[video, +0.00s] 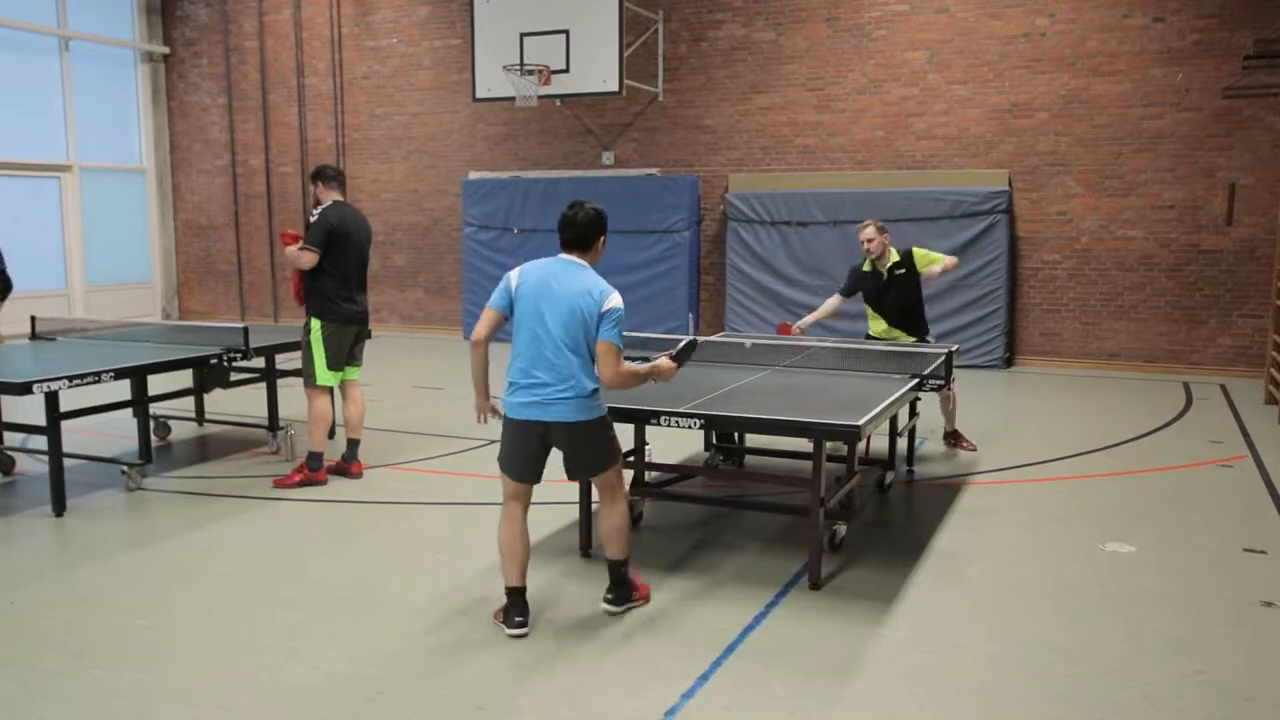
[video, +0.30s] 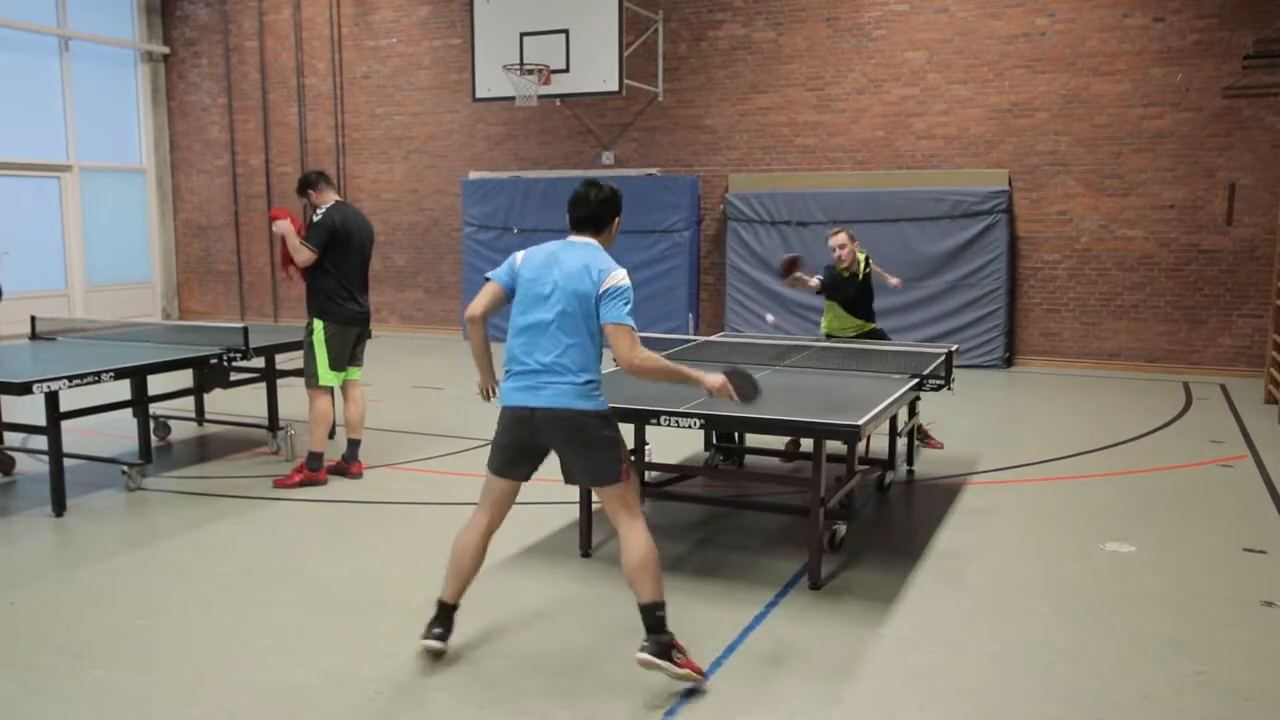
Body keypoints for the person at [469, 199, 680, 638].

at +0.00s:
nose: (606, 245)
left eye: (604, 239)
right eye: (605, 239)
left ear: (560, 239)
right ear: (599, 241)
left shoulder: (520, 276)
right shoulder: (604, 295)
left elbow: (478, 337)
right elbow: (611, 376)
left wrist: (482, 396)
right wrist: (653, 371)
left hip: (522, 415)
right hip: (579, 417)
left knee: (514, 502)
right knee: (612, 494)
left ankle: (516, 607)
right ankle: (619, 586)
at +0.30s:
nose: (619, 228)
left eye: (618, 222)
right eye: (619, 222)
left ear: (569, 220)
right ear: (612, 224)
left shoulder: (524, 259)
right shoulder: (608, 271)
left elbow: (474, 314)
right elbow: (630, 358)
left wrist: (485, 375)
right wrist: (699, 378)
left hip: (519, 409)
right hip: (579, 412)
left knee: (484, 517)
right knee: (628, 518)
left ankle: (440, 623)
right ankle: (658, 636)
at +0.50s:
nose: (667, 325)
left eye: (664, 315)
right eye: (666, 316)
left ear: (616, 313)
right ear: (650, 318)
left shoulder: (569, 348)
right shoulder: (640, 370)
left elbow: (513, 408)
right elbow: (717, 432)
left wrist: (497, 469)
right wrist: (803, 434)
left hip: (522, 498)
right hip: (579, 505)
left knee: (466, 581)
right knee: (682, 555)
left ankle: (380, 662)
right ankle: (686, 693)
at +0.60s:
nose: (728, 343)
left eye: (720, 335)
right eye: (726, 337)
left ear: (672, 335)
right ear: (715, 344)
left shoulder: (624, 363)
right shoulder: (717, 397)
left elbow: (555, 411)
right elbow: (803, 422)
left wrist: (518, 462)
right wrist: (857, 380)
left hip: (556, 511)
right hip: (619, 527)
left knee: (475, 590)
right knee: (718, 563)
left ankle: (391, 662)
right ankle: (691, 697)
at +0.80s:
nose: (809, 317)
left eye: (808, 309)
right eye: (808, 310)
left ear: (747, 301)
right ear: (799, 315)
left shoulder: (695, 333)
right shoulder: (797, 367)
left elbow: (601, 357)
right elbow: (863, 437)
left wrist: (552, 414)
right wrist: (899, 420)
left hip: (642, 494)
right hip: (713, 508)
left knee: (605, 601)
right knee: (763, 572)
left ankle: (551, 707)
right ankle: (730, 689)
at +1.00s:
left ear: (781, 317)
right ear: (843, 330)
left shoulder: (737, 362)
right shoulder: (863, 400)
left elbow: (699, 425)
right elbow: (911, 522)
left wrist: (656, 532)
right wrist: (916, 549)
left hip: (746, 574)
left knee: (688, 712)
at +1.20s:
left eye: (728, 314)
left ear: (730, 324)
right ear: (793, 327)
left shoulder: (708, 377)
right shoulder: (841, 394)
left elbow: (721, 478)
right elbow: (880, 515)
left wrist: (703, 597)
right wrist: (896, 589)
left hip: (754, 594)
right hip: (850, 591)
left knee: (668, 706)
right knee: (924, 706)